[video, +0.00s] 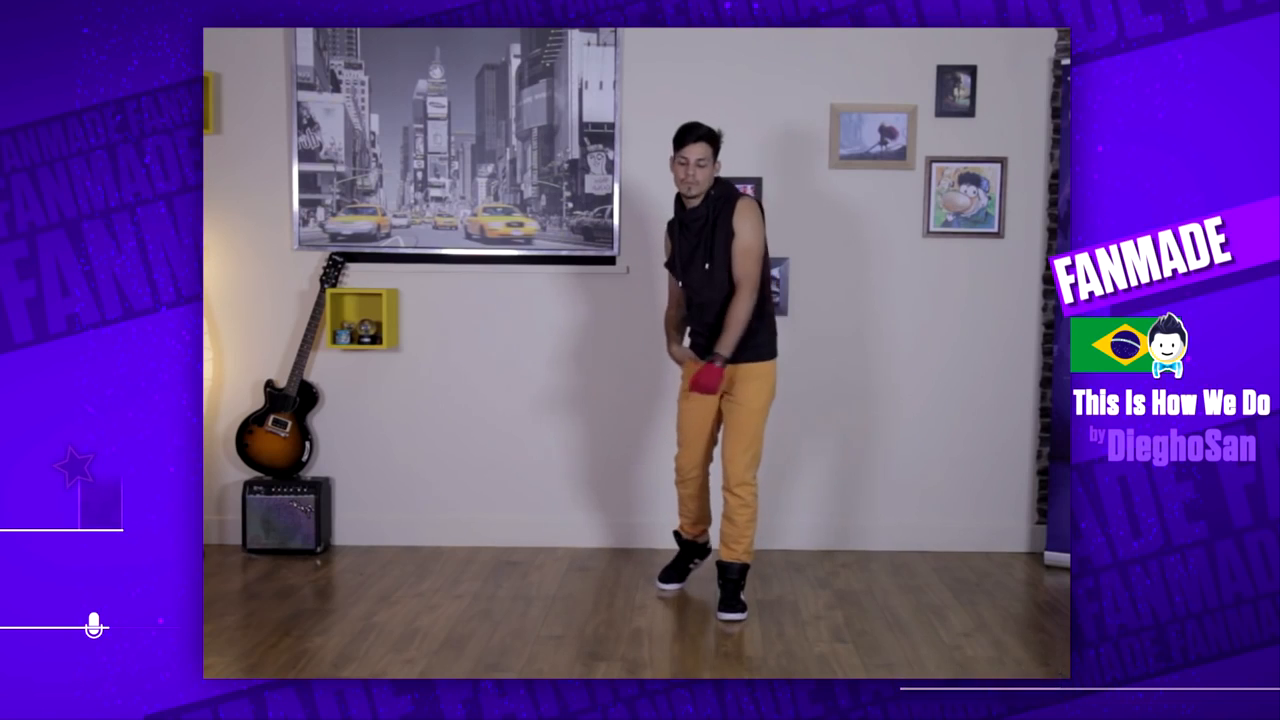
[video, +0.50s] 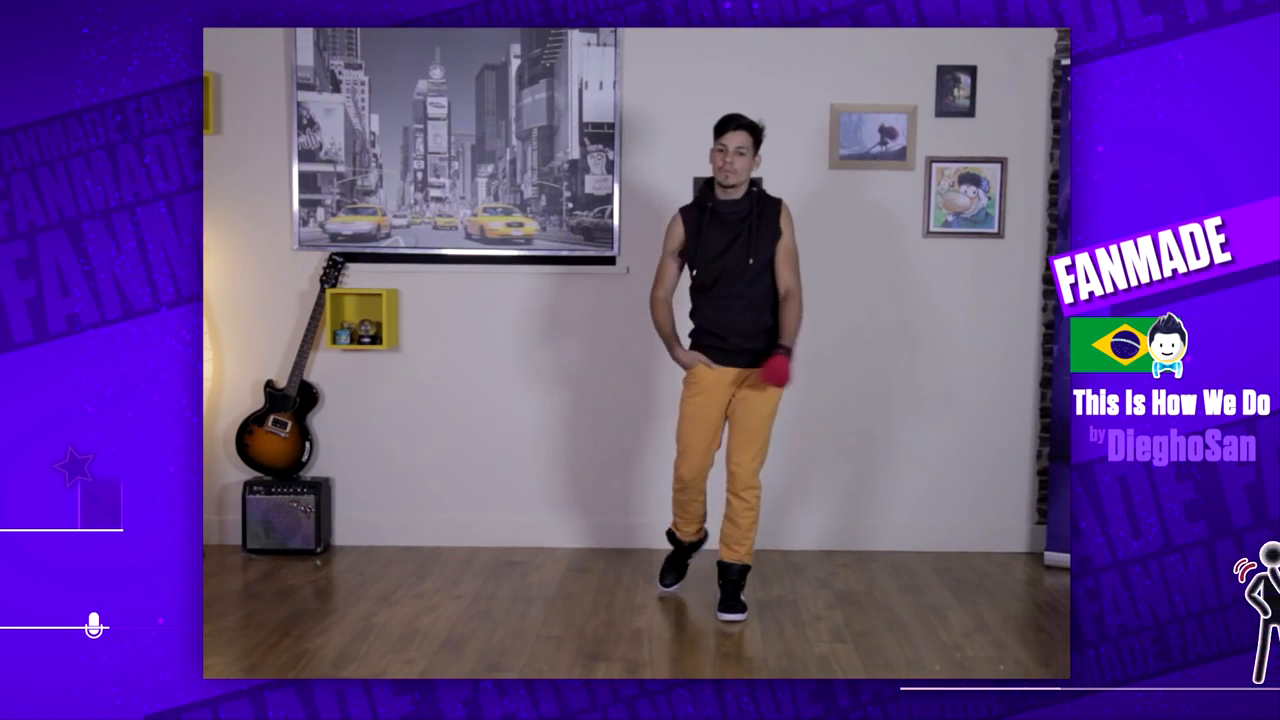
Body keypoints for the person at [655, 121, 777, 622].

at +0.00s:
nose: (689, 173)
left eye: (700, 164)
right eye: (682, 163)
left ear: (716, 167)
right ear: (671, 167)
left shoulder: (743, 211)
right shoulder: (676, 228)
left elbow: (748, 288)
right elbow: (676, 296)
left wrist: (719, 357)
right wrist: (673, 342)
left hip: (749, 359)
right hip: (700, 358)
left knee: (737, 473)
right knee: (689, 464)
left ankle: (733, 576)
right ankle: (692, 544)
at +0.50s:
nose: (729, 160)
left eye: (740, 153)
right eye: (722, 150)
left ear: (755, 161)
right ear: (711, 155)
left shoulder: (775, 215)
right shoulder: (688, 219)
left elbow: (790, 290)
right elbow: (660, 294)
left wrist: (784, 350)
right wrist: (676, 349)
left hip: (762, 368)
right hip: (707, 364)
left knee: (744, 477)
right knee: (688, 470)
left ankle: (734, 577)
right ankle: (686, 541)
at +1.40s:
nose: (707, 153)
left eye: (719, 145)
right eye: (700, 144)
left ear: (736, 155)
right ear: (690, 151)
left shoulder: (753, 226)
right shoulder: (658, 209)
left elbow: (767, 307)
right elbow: (625, 289)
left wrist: (747, 331)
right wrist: (650, 352)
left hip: (736, 376)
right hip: (677, 374)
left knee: (751, 483)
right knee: (661, 488)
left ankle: (737, 579)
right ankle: (643, 597)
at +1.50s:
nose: (696, 153)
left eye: (708, 146)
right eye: (689, 144)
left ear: (724, 157)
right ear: (677, 151)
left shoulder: (746, 219)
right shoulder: (649, 215)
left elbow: (764, 305)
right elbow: (612, 293)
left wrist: (720, 289)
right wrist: (644, 354)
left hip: (735, 376)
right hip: (673, 375)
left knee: (758, 481)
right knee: (660, 489)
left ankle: (750, 576)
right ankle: (644, 598)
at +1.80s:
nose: (725, 166)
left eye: (735, 157)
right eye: (715, 156)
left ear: (745, 157)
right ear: (696, 156)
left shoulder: (757, 202)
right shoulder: (684, 218)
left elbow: (742, 273)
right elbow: (662, 297)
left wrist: (710, 208)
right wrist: (664, 347)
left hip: (752, 378)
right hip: (691, 375)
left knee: (774, 494)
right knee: (665, 492)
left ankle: (800, 604)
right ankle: (653, 600)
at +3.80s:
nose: (719, 168)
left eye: (731, 160)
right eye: (715, 157)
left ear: (760, 164)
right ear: (710, 157)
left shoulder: (773, 225)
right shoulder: (684, 205)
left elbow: (775, 299)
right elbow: (641, 285)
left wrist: (733, 236)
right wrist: (663, 354)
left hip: (753, 378)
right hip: (690, 376)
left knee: (769, 491)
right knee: (663, 493)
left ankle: (789, 603)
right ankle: (644, 599)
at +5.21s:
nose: (722, 166)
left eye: (735, 158)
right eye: (717, 155)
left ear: (761, 165)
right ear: (709, 156)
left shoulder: (767, 229)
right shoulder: (678, 206)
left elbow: (764, 302)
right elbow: (633, 285)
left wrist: (733, 236)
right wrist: (660, 361)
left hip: (745, 383)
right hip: (682, 381)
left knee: (762, 497)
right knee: (661, 496)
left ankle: (778, 604)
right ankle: (642, 600)